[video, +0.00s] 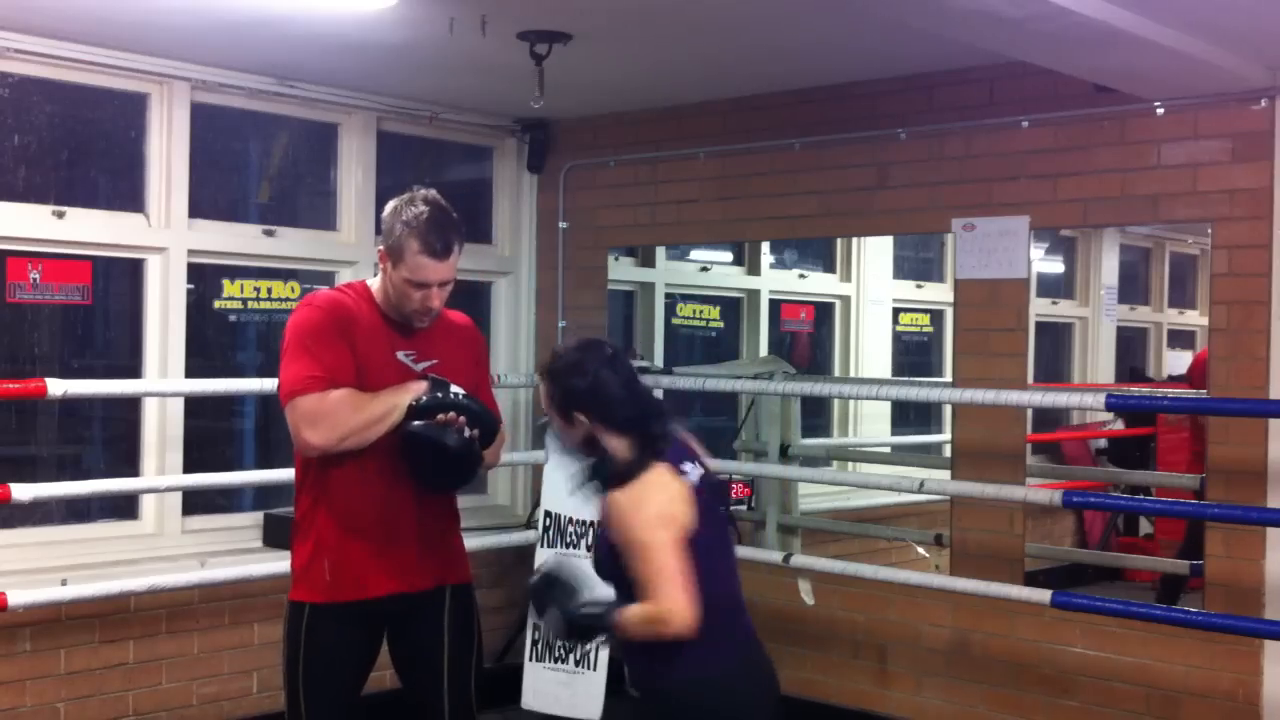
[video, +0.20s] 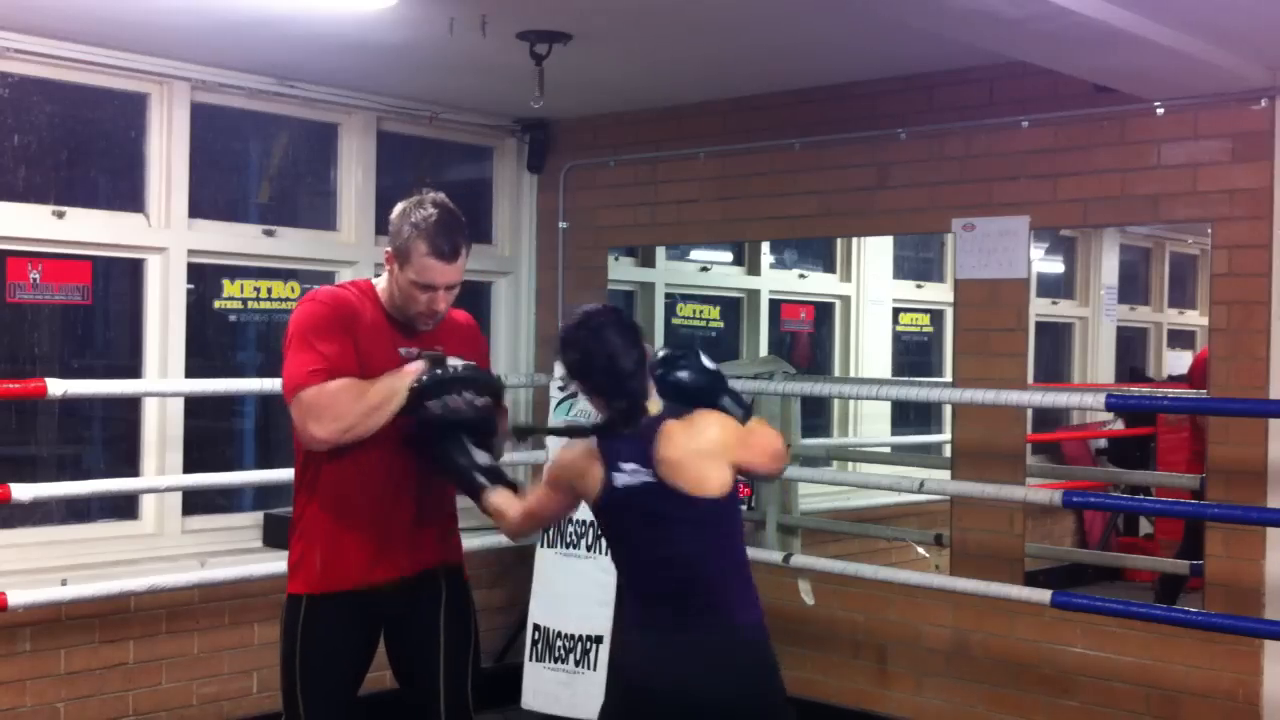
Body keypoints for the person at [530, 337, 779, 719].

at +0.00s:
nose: (552, 424)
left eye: (552, 414)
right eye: (549, 413)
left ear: (582, 419)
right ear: (622, 390)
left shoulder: (638, 495)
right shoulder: (677, 446)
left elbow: (675, 615)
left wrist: (595, 618)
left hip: (686, 695)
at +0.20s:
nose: (573, 385)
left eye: (573, 376)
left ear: (584, 388)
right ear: (647, 361)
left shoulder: (580, 463)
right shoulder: (708, 430)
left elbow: (517, 519)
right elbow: (774, 455)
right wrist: (726, 398)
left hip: (644, 661)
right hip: (730, 654)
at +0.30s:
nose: (603, 391)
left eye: (603, 379)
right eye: (601, 378)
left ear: (619, 385)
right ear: (678, 363)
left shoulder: (601, 475)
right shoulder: (742, 437)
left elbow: (548, 561)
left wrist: (501, 523)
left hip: (652, 679)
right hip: (747, 676)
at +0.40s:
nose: (619, 380)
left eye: (617, 368)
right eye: (615, 369)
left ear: (639, 370)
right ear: (696, 354)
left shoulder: (639, 468)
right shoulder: (758, 433)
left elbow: (600, 588)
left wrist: (535, 558)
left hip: (676, 680)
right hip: (765, 672)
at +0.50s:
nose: (626, 375)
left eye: (625, 362)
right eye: (623, 362)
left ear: (650, 367)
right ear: (704, 361)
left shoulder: (659, 455)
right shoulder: (758, 443)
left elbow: (609, 571)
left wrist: (559, 514)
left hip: (685, 679)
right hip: (764, 671)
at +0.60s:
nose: (631, 372)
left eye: (633, 358)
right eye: (630, 358)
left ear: (661, 363)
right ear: (709, 360)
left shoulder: (663, 446)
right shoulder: (755, 439)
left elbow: (590, 546)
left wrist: (576, 465)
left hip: (685, 678)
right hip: (760, 668)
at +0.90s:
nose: (672, 370)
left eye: (675, 355)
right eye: (672, 356)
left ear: (707, 356)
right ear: (752, 356)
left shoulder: (705, 435)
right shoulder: (789, 428)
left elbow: (644, 542)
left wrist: (628, 458)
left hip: (725, 672)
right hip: (798, 660)